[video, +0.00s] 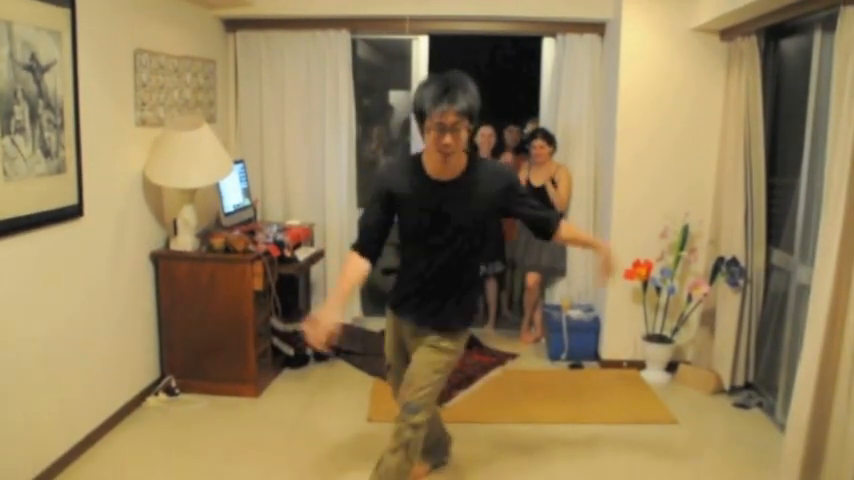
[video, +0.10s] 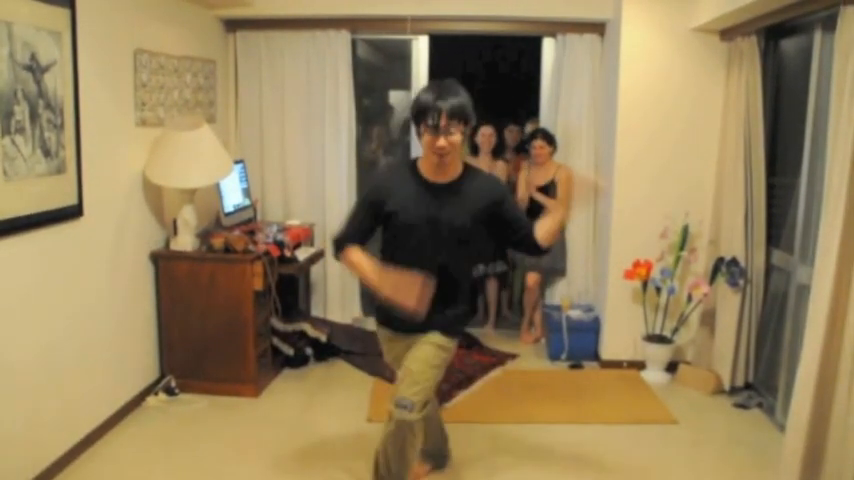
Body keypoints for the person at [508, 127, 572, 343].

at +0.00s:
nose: (537, 152)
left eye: (542, 147)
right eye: (534, 147)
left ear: (551, 149)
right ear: (529, 150)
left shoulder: (560, 172)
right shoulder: (524, 172)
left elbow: (561, 205)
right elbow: (518, 200)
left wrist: (548, 183)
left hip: (550, 232)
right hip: (527, 229)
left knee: (532, 278)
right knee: (535, 283)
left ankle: (525, 323)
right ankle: (539, 327)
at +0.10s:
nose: (537, 151)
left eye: (542, 147)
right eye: (534, 147)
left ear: (551, 149)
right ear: (529, 150)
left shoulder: (562, 172)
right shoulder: (525, 171)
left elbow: (561, 208)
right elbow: (521, 201)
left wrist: (535, 193)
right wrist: (524, 174)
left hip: (550, 226)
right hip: (527, 226)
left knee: (532, 277)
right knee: (533, 281)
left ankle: (525, 323)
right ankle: (538, 326)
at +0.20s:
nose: (537, 152)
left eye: (542, 147)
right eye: (534, 147)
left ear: (552, 150)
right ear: (529, 151)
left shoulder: (560, 172)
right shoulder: (523, 173)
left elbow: (562, 206)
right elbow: (516, 201)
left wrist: (538, 196)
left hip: (548, 231)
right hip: (524, 230)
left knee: (531, 279)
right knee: (534, 283)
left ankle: (525, 323)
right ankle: (538, 326)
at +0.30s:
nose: (537, 152)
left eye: (542, 148)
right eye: (534, 148)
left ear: (552, 150)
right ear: (529, 151)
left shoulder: (561, 172)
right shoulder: (526, 171)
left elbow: (562, 206)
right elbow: (521, 201)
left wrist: (542, 189)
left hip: (550, 231)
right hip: (529, 228)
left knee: (532, 278)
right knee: (534, 283)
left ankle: (525, 323)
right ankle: (538, 327)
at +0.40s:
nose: (537, 153)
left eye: (542, 148)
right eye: (534, 148)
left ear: (552, 150)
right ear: (530, 151)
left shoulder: (561, 172)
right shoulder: (525, 172)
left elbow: (562, 206)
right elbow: (519, 207)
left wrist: (548, 186)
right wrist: (517, 189)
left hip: (550, 231)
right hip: (529, 229)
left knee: (532, 279)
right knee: (535, 284)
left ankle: (525, 324)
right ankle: (538, 327)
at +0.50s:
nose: (537, 153)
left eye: (542, 148)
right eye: (534, 148)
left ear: (552, 150)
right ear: (530, 151)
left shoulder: (561, 172)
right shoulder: (526, 173)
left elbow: (562, 206)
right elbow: (519, 206)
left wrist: (545, 187)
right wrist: (519, 183)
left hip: (551, 231)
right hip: (530, 228)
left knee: (532, 279)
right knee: (535, 284)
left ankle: (525, 323)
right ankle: (538, 328)